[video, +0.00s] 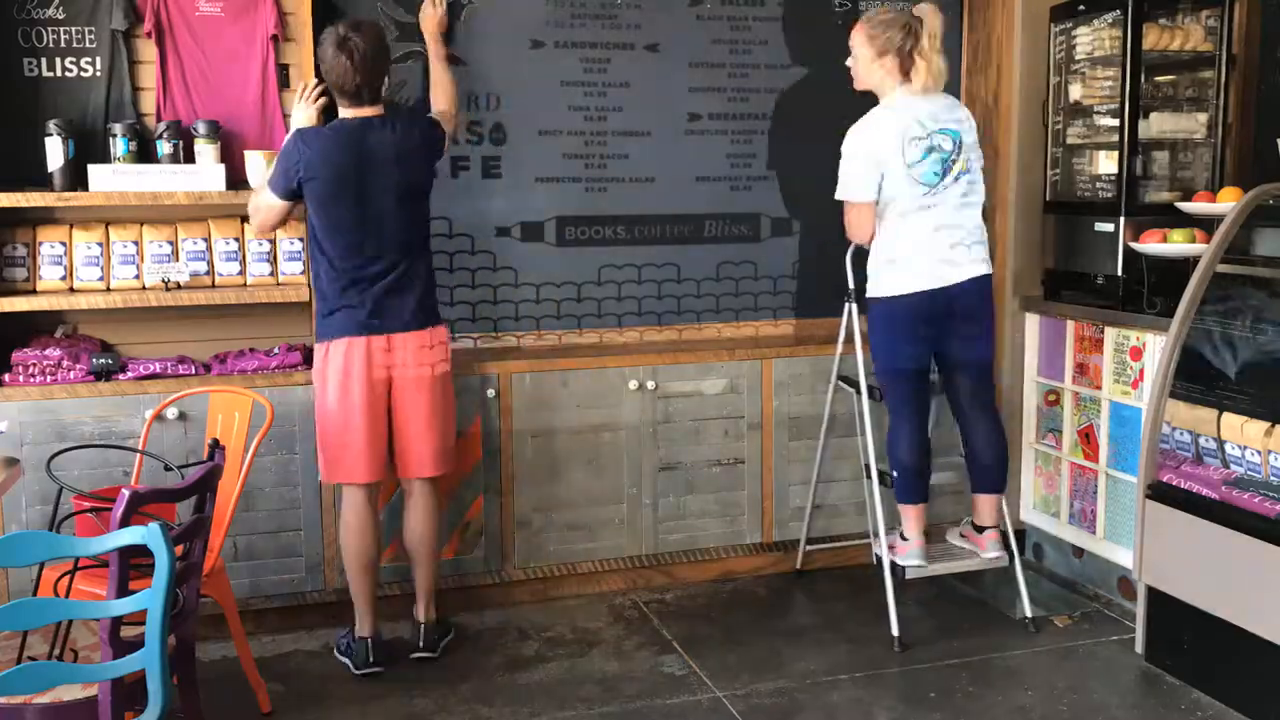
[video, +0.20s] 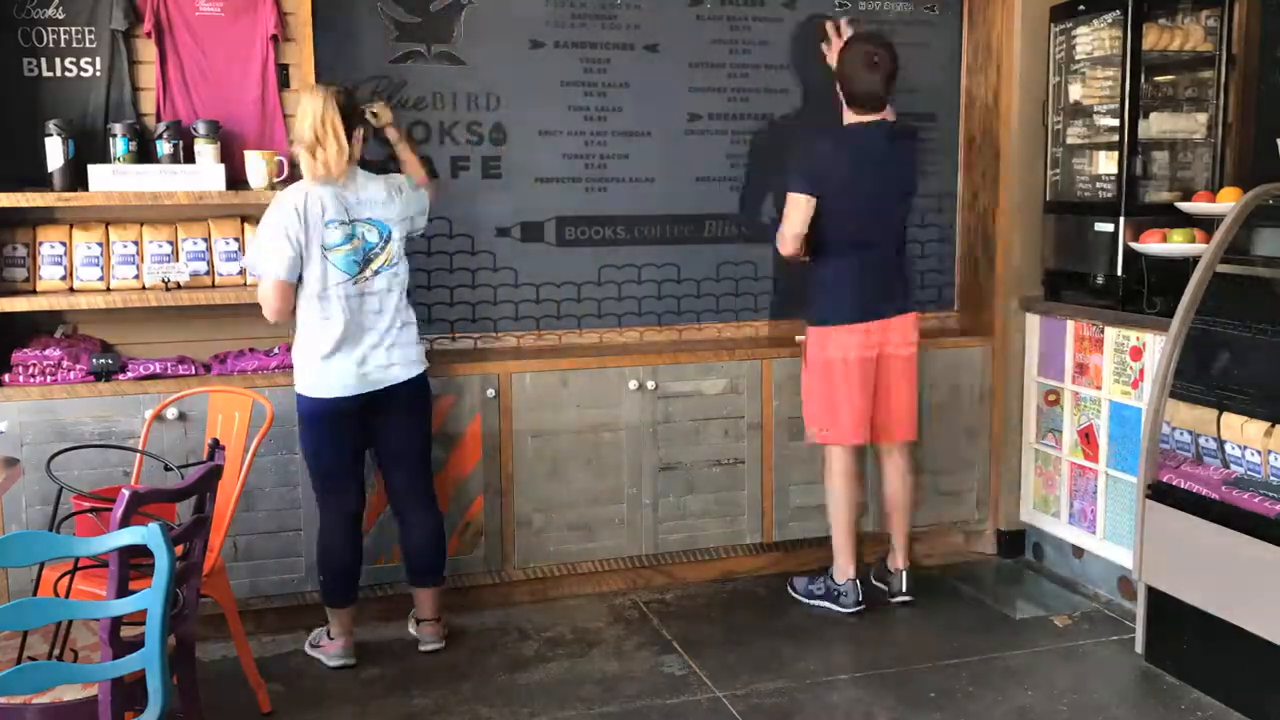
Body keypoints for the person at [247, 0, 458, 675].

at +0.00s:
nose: (325, 74)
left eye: (325, 67)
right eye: (347, 64)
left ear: (326, 76)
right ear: (387, 72)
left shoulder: (308, 147)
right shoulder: (415, 138)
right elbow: (445, 114)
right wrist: (436, 42)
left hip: (346, 338)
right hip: (419, 331)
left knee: (356, 488)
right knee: (420, 479)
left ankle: (365, 637)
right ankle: (427, 623)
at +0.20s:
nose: (293, 136)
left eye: (294, 127)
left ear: (301, 136)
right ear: (355, 132)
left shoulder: (290, 206)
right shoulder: (389, 192)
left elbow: (277, 308)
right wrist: (394, 136)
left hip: (327, 387)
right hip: (401, 375)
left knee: (339, 510)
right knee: (415, 494)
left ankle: (339, 636)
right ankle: (429, 622)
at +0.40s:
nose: (398, 134)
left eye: (396, 127)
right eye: (396, 127)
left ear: (338, 138)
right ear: (387, 135)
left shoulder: (325, 201)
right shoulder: (423, 189)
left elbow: (312, 288)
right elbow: (470, 187)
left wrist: (308, 260)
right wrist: (460, 124)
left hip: (363, 383)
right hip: (437, 372)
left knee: (362, 506)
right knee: (448, 494)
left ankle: (356, 635)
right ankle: (457, 617)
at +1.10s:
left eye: (423, 122)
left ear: (426, 131)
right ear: (475, 132)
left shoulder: (407, 199)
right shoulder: (503, 191)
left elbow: (392, 291)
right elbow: (532, 202)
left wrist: (327, 265)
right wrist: (515, 138)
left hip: (435, 378)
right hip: (506, 368)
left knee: (435, 498)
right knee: (519, 482)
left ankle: (420, 620)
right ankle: (537, 608)